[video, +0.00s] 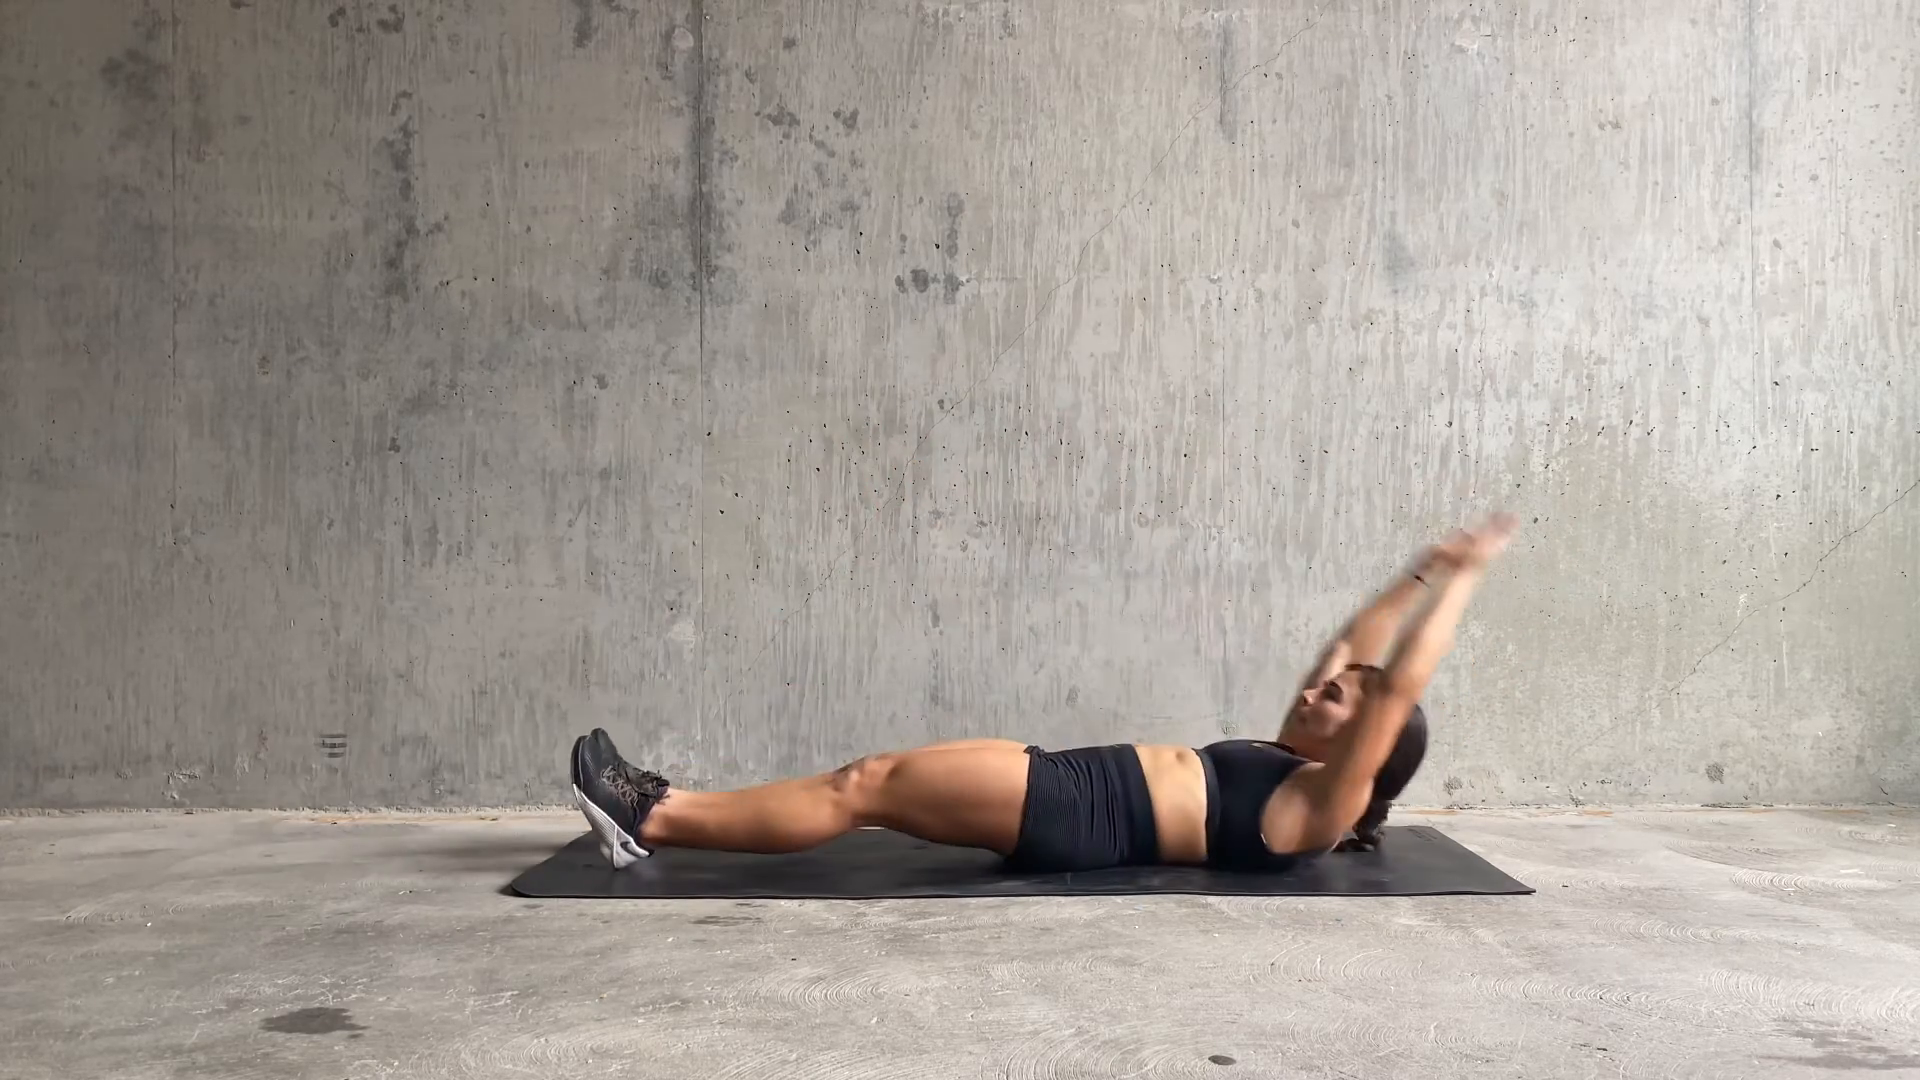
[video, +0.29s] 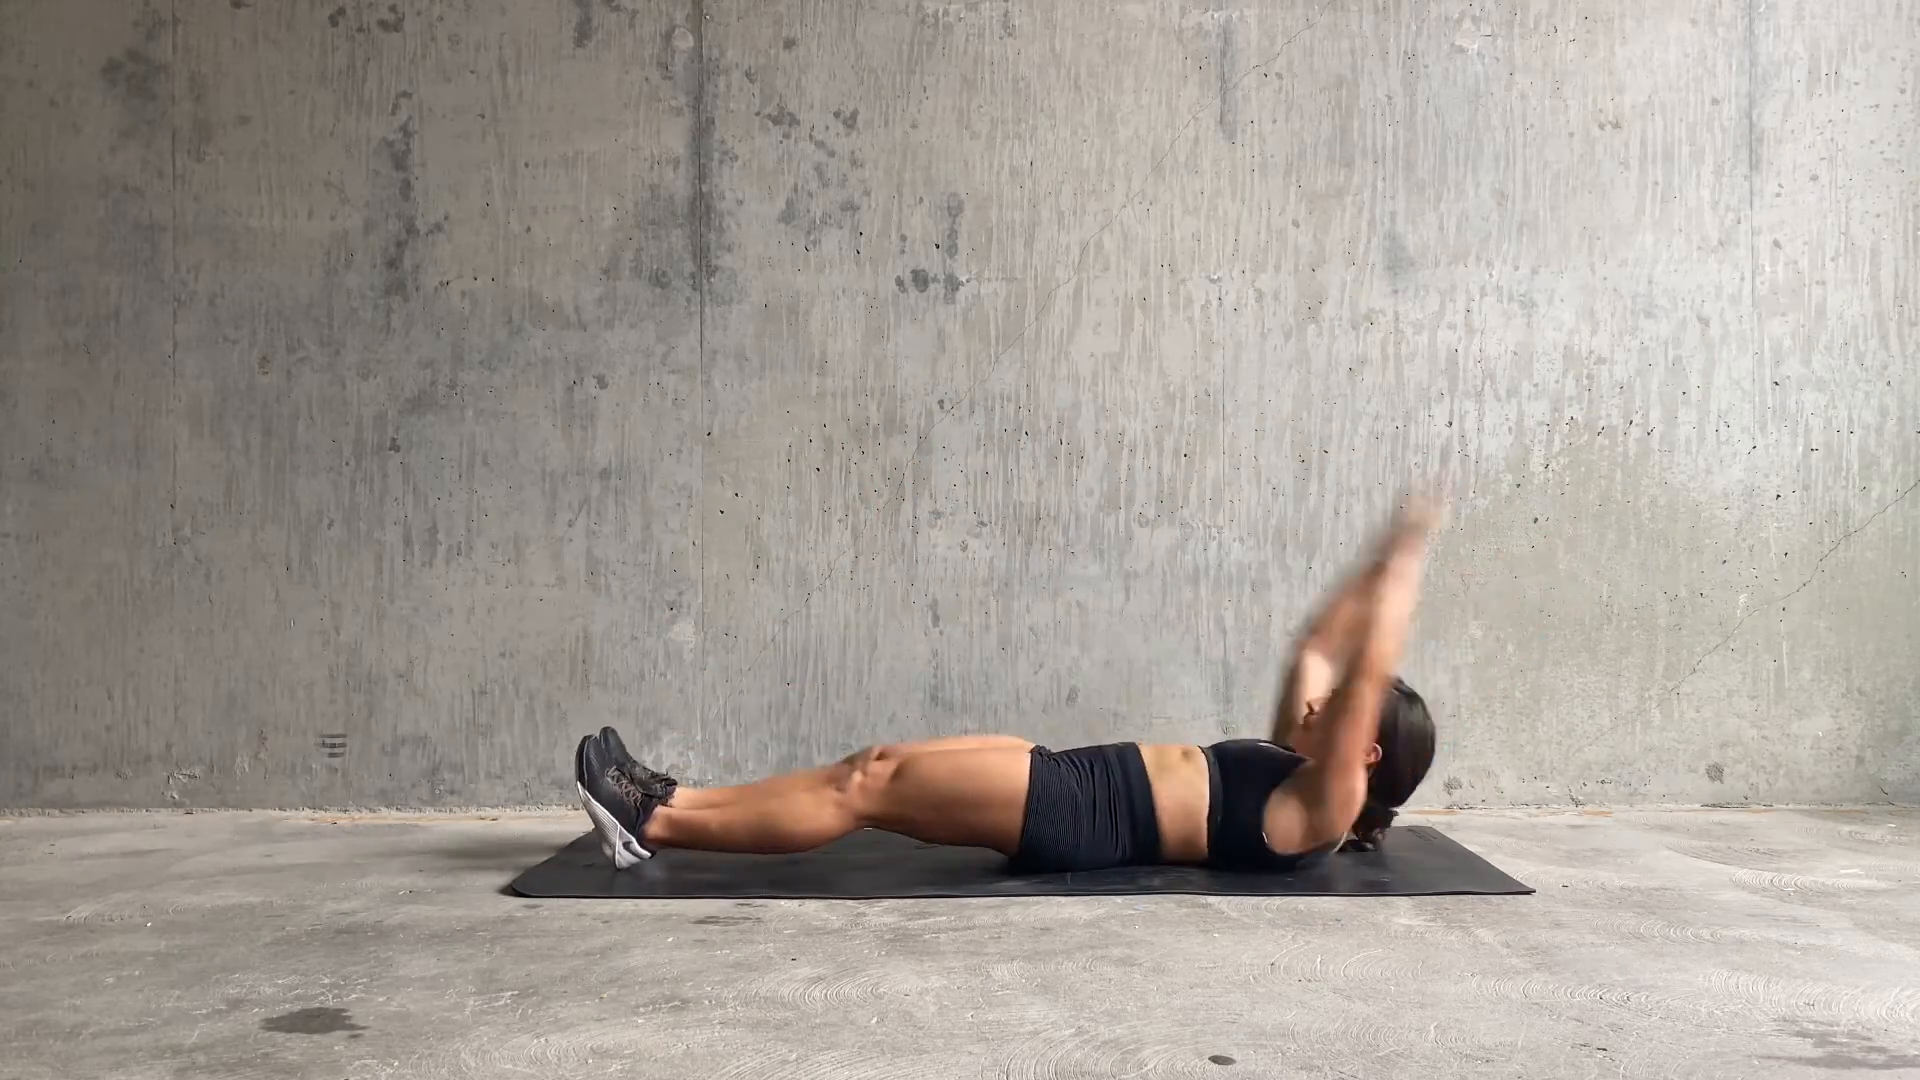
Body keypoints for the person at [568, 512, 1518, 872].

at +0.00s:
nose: (1315, 696)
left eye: (1339, 695)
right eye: (1326, 681)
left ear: (1369, 729)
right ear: (1319, 693)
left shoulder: (1321, 807)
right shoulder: (1297, 773)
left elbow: (1399, 689)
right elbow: (1353, 657)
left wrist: (1457, 581)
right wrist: (1419, 573)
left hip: (1087, 807)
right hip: (1082, 781)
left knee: (873, 787)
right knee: (877, 777)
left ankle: (656, 822)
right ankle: (671, 814)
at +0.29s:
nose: (1338, 701)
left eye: (1356, 702)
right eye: (1346, 696)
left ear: (1372, 748)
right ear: (1361, 744)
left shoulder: (1326, 809)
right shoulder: (1304, 775)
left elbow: (1369, 665)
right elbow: (1318, 654)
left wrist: (1408, 549)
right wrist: (1387, 557)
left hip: (1082, 807)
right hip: (1082, 777)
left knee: (871, 784)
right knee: (873, 768)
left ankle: (658, 822)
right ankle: (671, 810)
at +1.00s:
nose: (1198, 575)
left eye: (1215, 569)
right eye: (1208, 562)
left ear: (1253, 601)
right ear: (1250, 602)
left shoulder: (1223, 672)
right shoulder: (1205, 658)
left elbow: (1098, 600)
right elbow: (1069, 624)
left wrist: (993, 501)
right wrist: (968, 556)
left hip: (1062, 811)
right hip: (1053, 768)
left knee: (845, 781)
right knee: (912, 636)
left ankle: (632, 826)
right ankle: (750, 540)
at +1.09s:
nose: (1228, 618)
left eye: (1247, 614)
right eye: (1238, 607)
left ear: (1288, 645)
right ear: (1276, 636)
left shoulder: (1252, 702)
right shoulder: (1228, 689)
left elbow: (1141, 606)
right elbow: (1107, 621)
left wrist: (1060, 492)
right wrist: (1025, 530)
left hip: (1066, 810)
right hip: (1058, 770)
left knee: (850, 784)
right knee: (890, 672)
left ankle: (633, 825)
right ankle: (701, 610)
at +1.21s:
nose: (1271, 662)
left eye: (1289, 658)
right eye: (1282, 649)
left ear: (1324, 694)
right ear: (1319, 689)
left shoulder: (1291, 756)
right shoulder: (1272, 736)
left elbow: (1229, 615)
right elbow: (1203, 620)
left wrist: (1201, 492)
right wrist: (1188, 498)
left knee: (862, 789)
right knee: (871, 720)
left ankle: (641, 829)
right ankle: (670, 708)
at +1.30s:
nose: (1322, 687)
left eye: (1339, 688)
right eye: (1329, 684)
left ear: (1354, 731)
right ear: (1335, 721)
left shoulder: (1313, 797)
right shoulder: (1285, 760)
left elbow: (1333, 651)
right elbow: (1292, 633)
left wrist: (1370, 533)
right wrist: (1342, 527)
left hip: (1080, 812)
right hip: (1075, 779)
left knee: (867, 786)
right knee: (866, 751)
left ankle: (646, 828)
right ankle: (663, 767)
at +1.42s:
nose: (1335, 701)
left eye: (1362, 700)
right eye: (1344, 683)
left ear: (1389, 740)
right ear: (1333, 695)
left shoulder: (1328, 810)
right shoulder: (1306, 779)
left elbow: (1419, 690)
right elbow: (1394, 674)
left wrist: (1502, 595)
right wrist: (1477, 593)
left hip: (1091, 808)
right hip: (1086, 777)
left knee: (872, 789)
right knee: (873, 764)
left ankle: (658, 836)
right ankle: (665, 804)